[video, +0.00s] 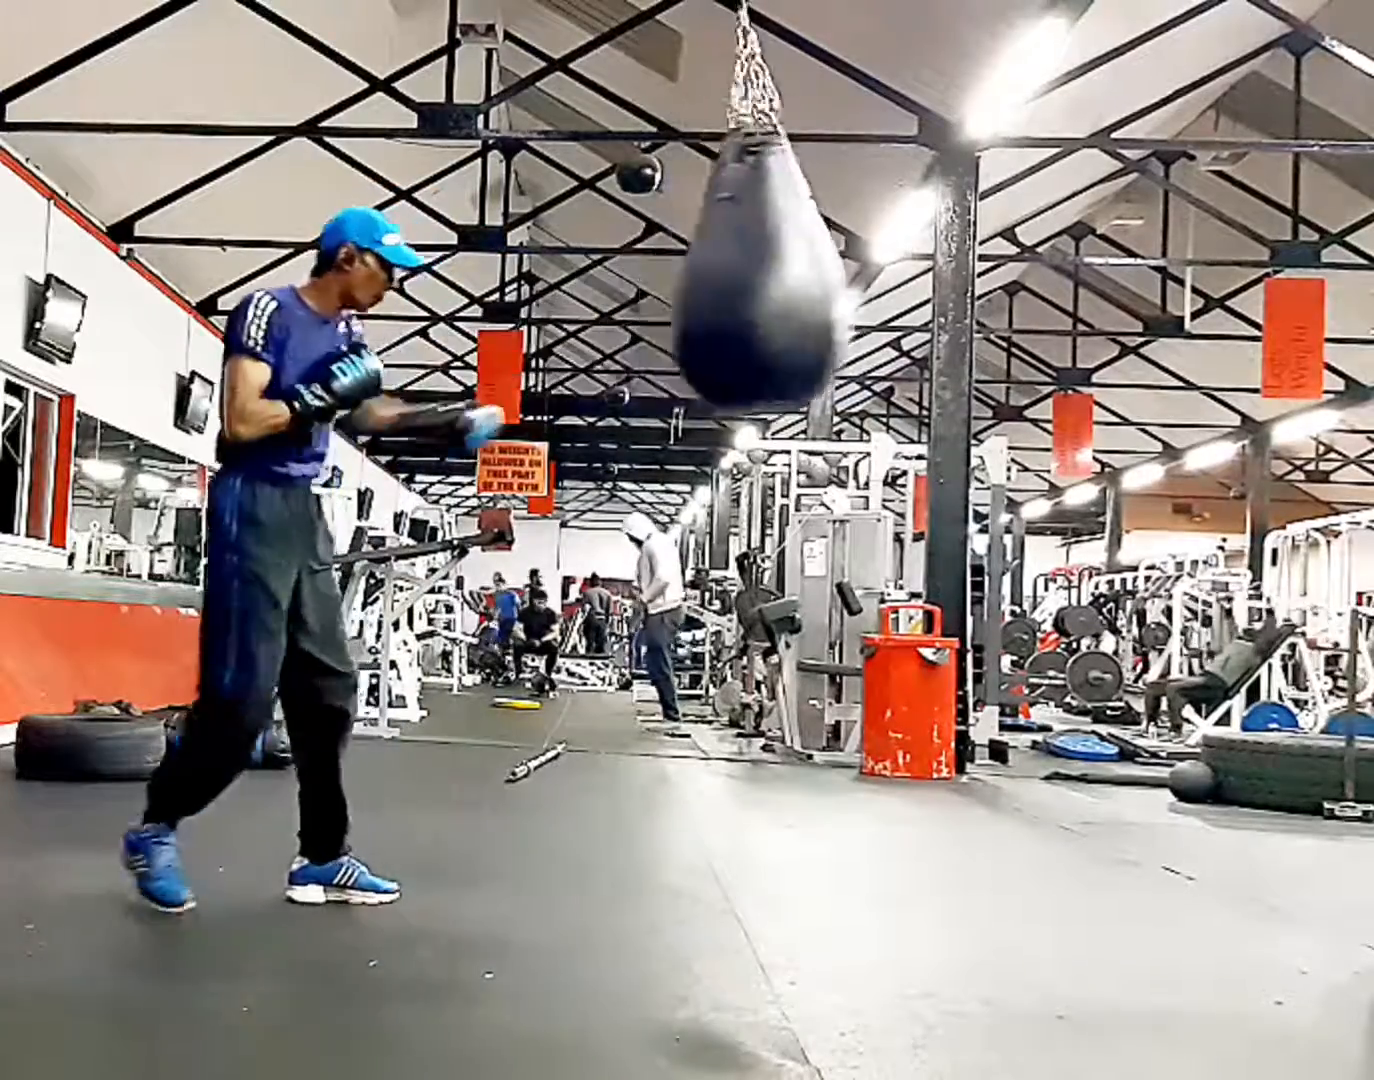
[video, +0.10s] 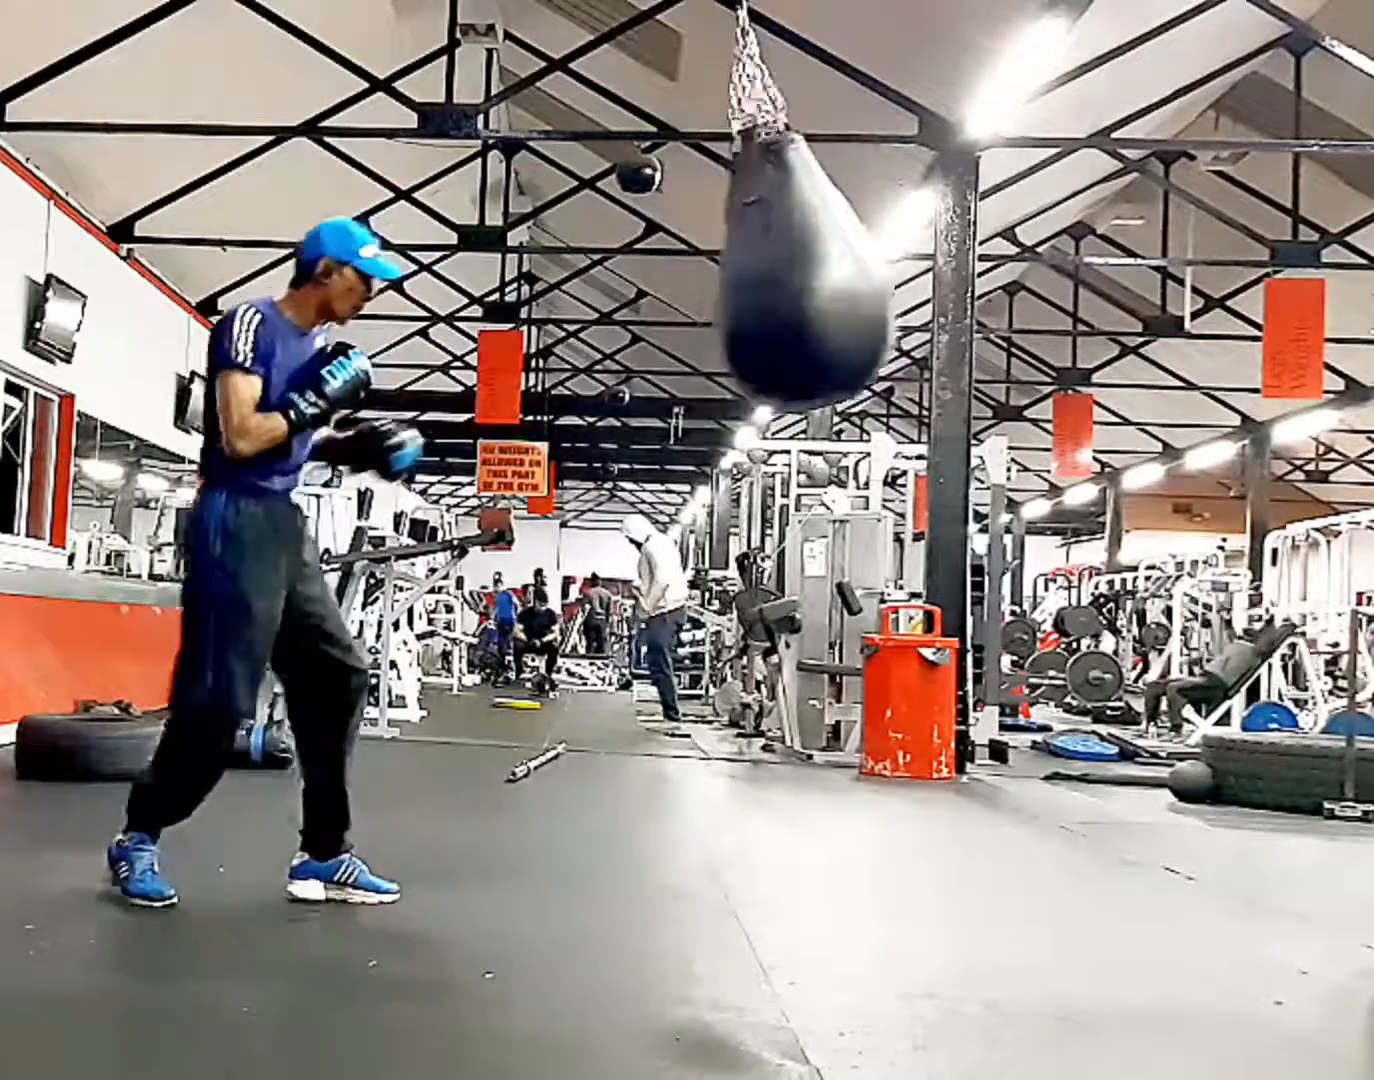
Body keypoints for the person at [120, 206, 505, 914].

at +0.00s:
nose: (390, 287)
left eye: (393, 276)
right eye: (385, 272)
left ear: (358, 267)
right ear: (349, 260)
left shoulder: (345, 337)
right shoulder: (266, 309)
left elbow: (372, 415)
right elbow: (239, 422)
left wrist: (452, 422)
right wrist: (324, 398)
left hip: (303, 513)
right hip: (251, 510)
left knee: (325, 692)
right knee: (242, 700)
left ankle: (323, 858)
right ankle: (153, 828)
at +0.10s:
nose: (369, 297)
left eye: (373, 286)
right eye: (364, 282)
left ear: (335, 279)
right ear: (326, 272)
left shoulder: (316, 349)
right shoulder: (249, 325)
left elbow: (300, 442)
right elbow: (239, 435)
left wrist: (370, 451)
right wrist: (319, 397)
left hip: (280, 526)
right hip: (233, 525)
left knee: (335, 675)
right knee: (221, 698)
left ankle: (324, 854)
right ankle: (137, 839)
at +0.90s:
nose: (402, 326)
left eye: (406, 316)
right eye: (397, 312)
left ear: (373, 309)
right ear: (363, 302)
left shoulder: (357, 369)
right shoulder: (309, 343)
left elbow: (388, 449)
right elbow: (324, 408)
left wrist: (453, 415)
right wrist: (387, 376)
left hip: (324, 543)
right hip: (295, 538)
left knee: (353, 697)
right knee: (258, 714)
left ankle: (389, 847)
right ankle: (147, 829)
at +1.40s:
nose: (450, 346)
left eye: (452, 334)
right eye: (445, 332)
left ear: (422, 327)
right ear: (412, 321)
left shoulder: (401, 394)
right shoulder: (342, 366)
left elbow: (403, 470)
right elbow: (308, 469)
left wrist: (460, 468)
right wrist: (388, 455)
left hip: (368, 547)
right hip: (324, 543)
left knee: (421, 692)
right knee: (326, 706)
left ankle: (393, 846)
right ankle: (212, 827)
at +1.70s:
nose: (403, 294)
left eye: (408, 284)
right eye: (400, 279)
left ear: (376, 273)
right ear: (366, 265)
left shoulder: (358, 336)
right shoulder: (307, 307)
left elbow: (345, 430)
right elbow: (257, 394)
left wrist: (384, 420)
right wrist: (342, 394)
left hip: (329, 500)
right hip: (289, 496)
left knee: (342, 665)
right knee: (263, 664)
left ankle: (350, 822)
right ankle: (202, 825)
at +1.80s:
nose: (388, 290)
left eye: (390, 279)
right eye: (382, 276)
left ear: (358, 275)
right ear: (346, 269)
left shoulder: (341, 338)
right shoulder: (288, 310)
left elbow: (338, 425)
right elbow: (241, 393)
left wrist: (377, 406)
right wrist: (319, 398)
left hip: (317, 509)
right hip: (271, 505)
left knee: (334, 671)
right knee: (250, 677)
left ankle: (270, 824)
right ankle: (180, 824)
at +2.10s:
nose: (376, 296)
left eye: (379, 286)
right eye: (370, 282)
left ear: (350, 281)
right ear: (332, 271)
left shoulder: (336, 346)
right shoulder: (272, 320)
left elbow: (340, 428)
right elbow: (256, 414)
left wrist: (382, 407)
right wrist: (329, 381)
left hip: (317, 514)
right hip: (269, 509)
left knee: (350, 669)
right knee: (246, 684)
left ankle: (333, 825)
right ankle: (161, 823)